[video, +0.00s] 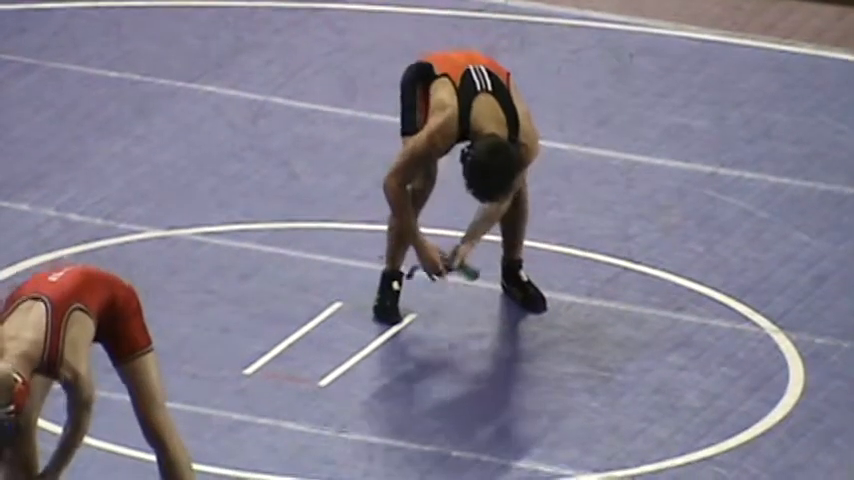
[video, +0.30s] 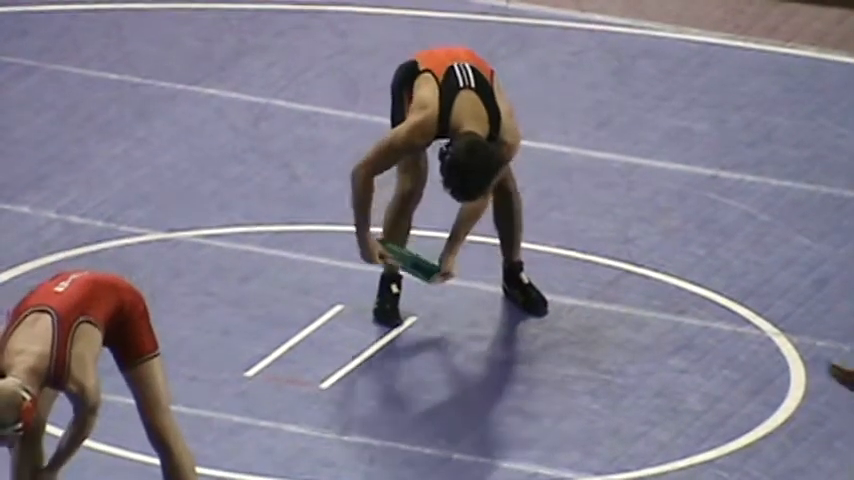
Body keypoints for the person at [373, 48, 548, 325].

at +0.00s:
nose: (489, 204)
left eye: (497, 199)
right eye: (483, 198)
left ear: (514, 169)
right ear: (468, 160)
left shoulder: (528, 144)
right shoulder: (443, 129)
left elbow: (501, 202)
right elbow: (392, 183)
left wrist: (467, 244)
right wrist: (420, 246)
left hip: (492, 74)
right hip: (428, 74)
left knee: (517, 191)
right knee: (420, 184)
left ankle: (513, 273)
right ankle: (391, 279)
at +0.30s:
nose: (460, 202)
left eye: (471, 199)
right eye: (455, 196)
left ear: (494, 167)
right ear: (445, 160)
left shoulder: (508, 141)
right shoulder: (422, 125)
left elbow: (481, 197)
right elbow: (362, 172)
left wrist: (450, 252)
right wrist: (364, 237)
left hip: (480, 74)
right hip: (417, 74)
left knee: (506, 188)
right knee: (410, 189)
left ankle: (514, 274)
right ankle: (390, 282)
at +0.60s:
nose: (445, 214)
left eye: (453, 211)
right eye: (443, 206)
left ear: (477, 185)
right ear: (434, 169)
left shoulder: (493, 152)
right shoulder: (412, 137)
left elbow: (442, 202)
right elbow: (362, 182)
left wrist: (411, 239)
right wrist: (356, 242)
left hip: (470, 78)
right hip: (410, 76)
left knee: (500, 188)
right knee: (404, 191)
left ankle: (516, 275)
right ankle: (390, 283)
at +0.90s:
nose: (446, 220)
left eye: (453, 220)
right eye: (444, 216)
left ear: (481, 187)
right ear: (434, 182)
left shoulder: (490, 153)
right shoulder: (405, 144)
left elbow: (439, 200)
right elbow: (366, 181)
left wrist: (411, 238)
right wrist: (365, 237)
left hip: (464, 79)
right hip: (406, 79)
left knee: (498, 187)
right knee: (403, 188)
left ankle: (517, 274)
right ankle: (388, 283)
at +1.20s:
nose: (451, 220)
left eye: (459, 220)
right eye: (449, 215)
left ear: (486, 185)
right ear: (439, 185)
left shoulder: (494, 153)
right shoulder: (407, 147)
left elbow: (446, 199)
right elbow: (372, 185)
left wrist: (422, 237)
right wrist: (377, 239)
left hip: (467, 77)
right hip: (411, 78)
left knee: (504, 186)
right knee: (406, 186)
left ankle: (520, 272)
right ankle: (390, 278)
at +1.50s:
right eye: (454, 221)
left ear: (490, 189)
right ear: (443, 191)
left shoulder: (497, 156)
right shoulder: (412, 150)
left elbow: (458, 216)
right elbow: (374, 186)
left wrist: (433, 253)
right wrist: (394, 230)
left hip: (470, 77)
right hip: (415, 78)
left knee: (509, 187)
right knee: (409, 187)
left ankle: (521, 271)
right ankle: (391, 277)